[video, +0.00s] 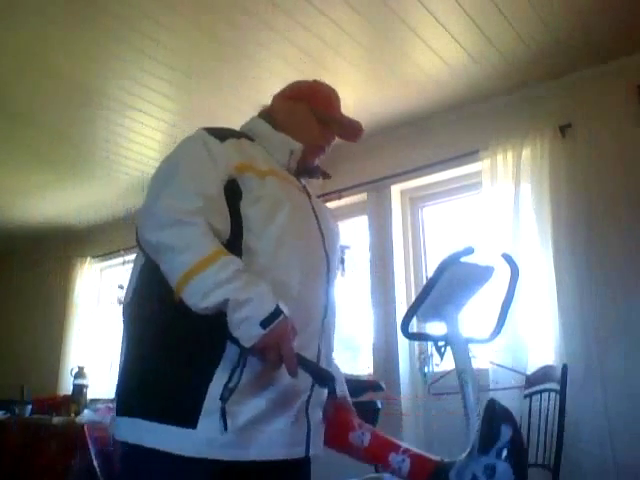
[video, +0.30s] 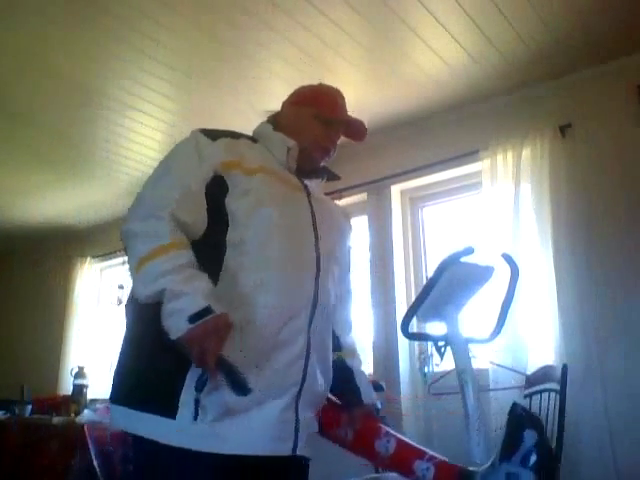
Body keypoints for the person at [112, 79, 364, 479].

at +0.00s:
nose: (329, 143)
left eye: (334, 134)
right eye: (325, 127)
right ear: (295, 115)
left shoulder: (314, 208)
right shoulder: (213, 149)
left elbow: (311, 319)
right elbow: (169, 227)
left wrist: (335, 396)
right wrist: (252, 308)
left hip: (282, 445)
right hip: (190, 440)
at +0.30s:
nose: (334, 142)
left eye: (340, 134)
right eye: (328, 126)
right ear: (295, 114)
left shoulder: (333, 218)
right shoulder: (212, 152)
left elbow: (334, 321)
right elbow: (149, 226)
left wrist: (355, 393)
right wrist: (192, 311)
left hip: (286, 439)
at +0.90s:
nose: (252, 114)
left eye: (264, 106)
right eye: (240, 102)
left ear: (275, 120)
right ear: (214, 109)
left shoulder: (297, 202)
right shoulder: (148, 172)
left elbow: (323, 301)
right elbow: (90, 271)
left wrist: (355, 376)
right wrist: (76, 362)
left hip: (262, 431)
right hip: (155, 427)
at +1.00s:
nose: (231, 107)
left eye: (242, 99)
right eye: (220, 94)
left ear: (253, 115)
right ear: (195, 103)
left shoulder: (280, 194)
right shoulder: (127, 168)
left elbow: (308, 298)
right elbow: (73, 267)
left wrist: (338, 372)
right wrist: (63, 351)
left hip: (247, 427)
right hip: (135, 422)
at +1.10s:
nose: (210, 106)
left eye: (223, 97)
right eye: (198, 93)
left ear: (235, 111)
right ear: (174, 102)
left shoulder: (262, 194)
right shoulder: (104, 171)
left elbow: (291, 299)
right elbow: (49, 272)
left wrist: (318, 379)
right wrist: (42, 350)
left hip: (226, 437)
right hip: (110, 435)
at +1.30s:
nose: (170, 118)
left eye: (185, 110)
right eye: (160, 104)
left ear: (202, 122)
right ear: (139, 108)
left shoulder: (231, 201)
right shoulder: (67, 179)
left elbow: (258, 302)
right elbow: (14, 281)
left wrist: (280, 383)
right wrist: (18, 367)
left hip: (205, 444)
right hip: (88, 444)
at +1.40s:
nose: (162, 112)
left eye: (176, 102)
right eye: (152, 98)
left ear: (193, 117)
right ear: (129, 104)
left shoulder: (223, 197)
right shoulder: (61, 176)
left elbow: (247, 304)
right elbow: (14, 281)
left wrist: (269, 381)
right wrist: (23, 365)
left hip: (204, 439)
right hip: (86, 440)